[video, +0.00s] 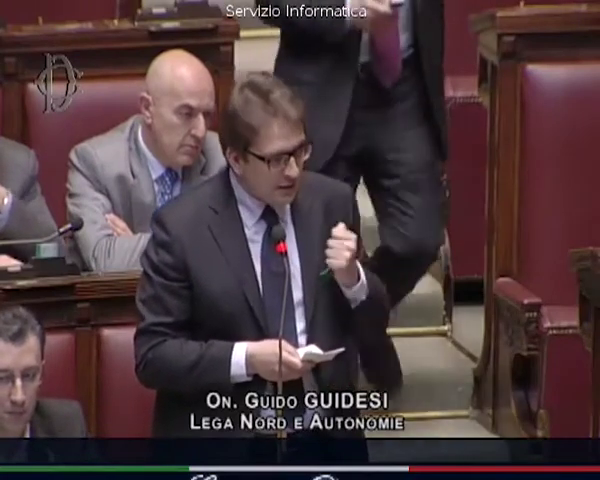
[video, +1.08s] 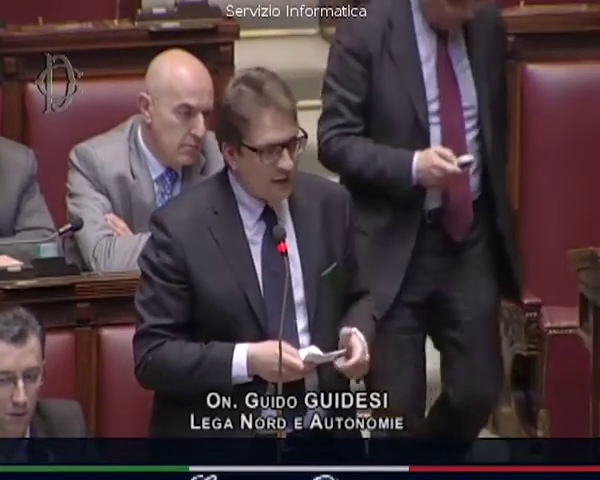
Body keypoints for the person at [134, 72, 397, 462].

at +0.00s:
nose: (294, 170)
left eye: (300, 152)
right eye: (277, 159)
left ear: (309, 142)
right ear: (235, 157)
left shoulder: (333, 200)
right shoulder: (180, 224)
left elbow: (374, 322)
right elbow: (153, 356)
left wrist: (353, 280)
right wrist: (246, 358)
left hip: (324, 436)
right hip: (219, 443)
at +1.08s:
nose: (287, 163)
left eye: (293, 144)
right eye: (270, 151)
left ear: (302, 135)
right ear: (231, 153)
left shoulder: (331, 203)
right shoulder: (179, 225)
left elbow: (358, 296)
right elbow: (153, 357)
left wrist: (357, 331)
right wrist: (246, 359)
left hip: (322, 436)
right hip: (219, 441)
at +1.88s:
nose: (268, 150)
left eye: (283, 135)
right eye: (254, 132)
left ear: (301, 139)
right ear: (233, 133)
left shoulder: (340, 208)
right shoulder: (183, 219)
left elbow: (371, 313)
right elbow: (153, 349)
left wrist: (350, 351)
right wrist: (242, 357)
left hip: (321, 436)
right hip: (215, 439)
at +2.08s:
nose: (269, 151)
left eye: (284, 136)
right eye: (255, 132)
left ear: (303, 139)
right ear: (234, 133)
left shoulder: (343, 208)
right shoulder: (185, 219)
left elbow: (373, 313)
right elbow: (155, 349)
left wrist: (351, 352)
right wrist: (244, 357)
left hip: (324, 439)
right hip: (218, 441)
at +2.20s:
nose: (270, 151)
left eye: (285, 137)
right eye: (256, 133)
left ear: (304, 140)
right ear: (236, 134)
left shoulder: (345, 209)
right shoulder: (186, 219)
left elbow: (375, 314)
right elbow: (155, 348)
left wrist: (351, 353)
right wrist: (245, 357)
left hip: (325, 440)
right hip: (218, 443)